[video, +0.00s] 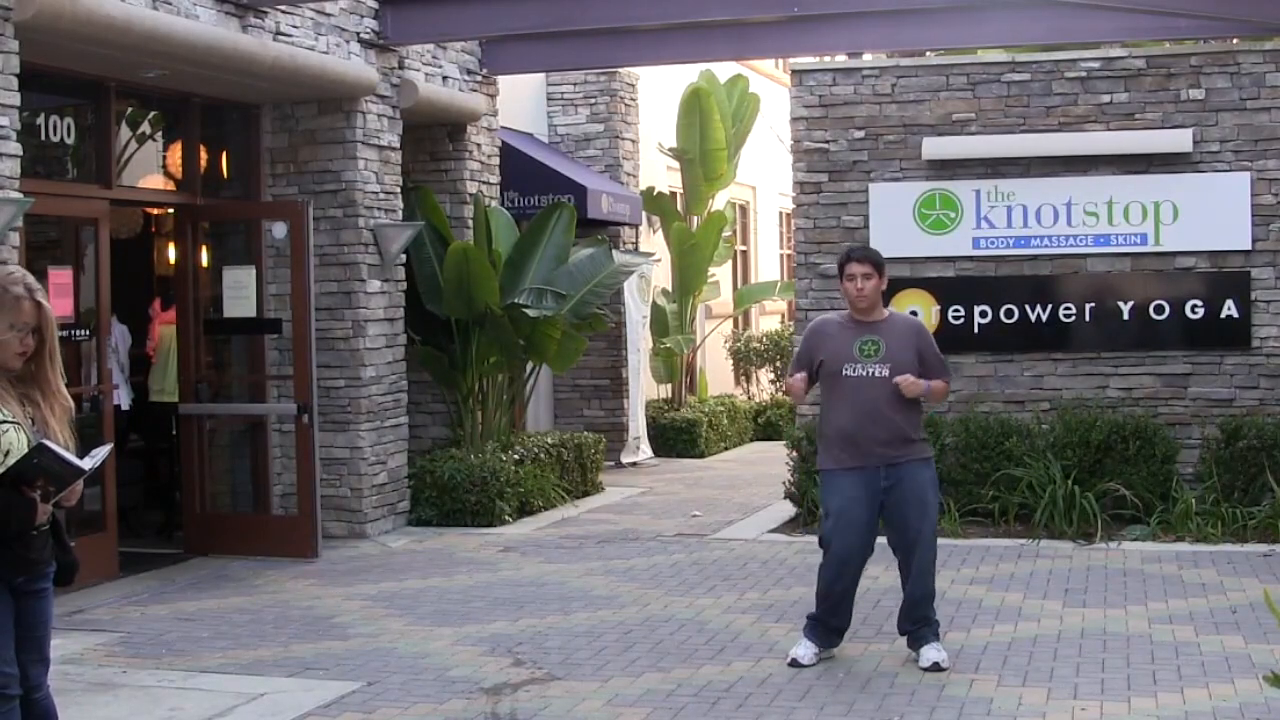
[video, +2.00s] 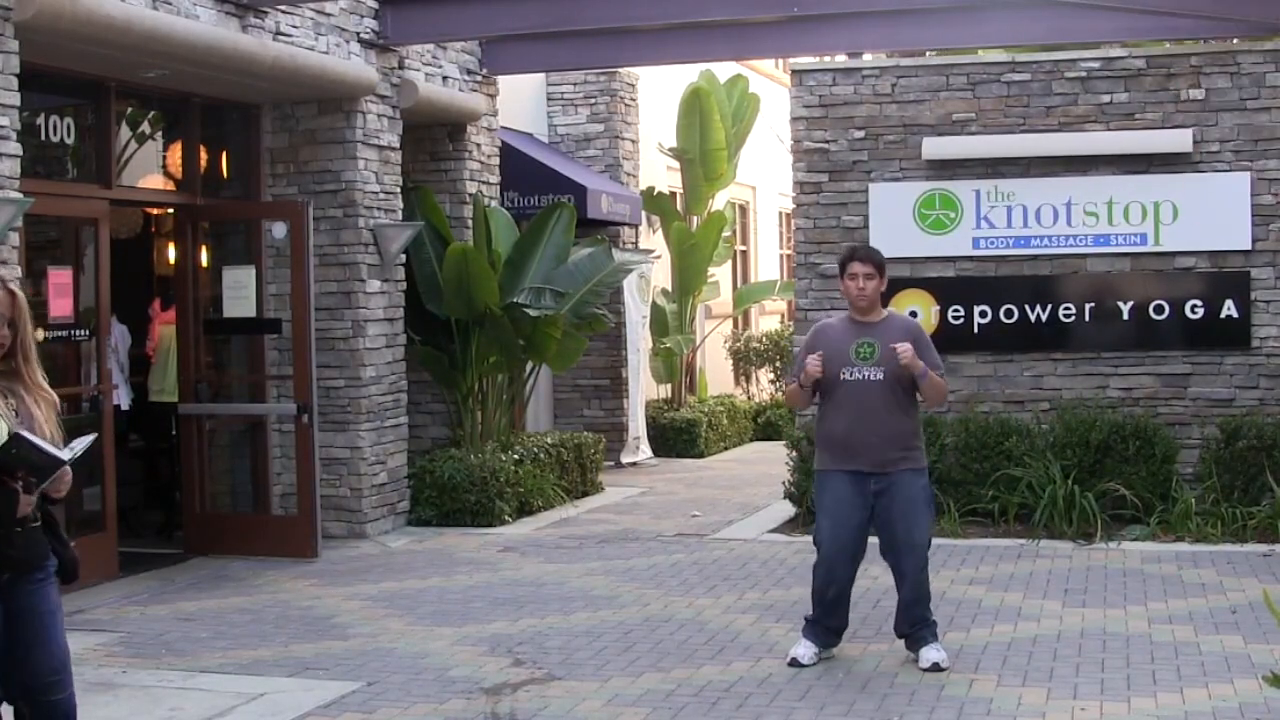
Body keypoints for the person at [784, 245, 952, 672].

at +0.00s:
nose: (859, 286)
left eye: (866, 278)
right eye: (850, 279)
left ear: (882, 282)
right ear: (841, 285)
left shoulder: (912, 329)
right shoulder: (821, 332)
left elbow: (941, 386)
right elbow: (799, 385)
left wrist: (921, 387)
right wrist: (796, 387)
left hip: (908, 459)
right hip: (844, 464)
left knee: (920, 548)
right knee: (842, 551)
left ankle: (925, 636)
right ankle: (820, 635)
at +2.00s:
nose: (859, 285)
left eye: (868, 277)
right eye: (851, 278)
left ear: (882, 282)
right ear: (841, 285)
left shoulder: (908, 330)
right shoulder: (823, 333)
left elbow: (938, 398)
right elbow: (795, 401)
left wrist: (918, 369)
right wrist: (806, 381)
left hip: (903, 466)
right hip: (839, 467)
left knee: (912, 553)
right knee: (833, 553)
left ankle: (923, 638)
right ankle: (818, 636)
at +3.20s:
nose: (855, 278)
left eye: (863, 270)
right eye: (847, 270)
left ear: (877, 275)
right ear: (836, 277)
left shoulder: (904, 325)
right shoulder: (813, 328)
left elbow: (928, 386)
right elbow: (793, 386)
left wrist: (920, 435)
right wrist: (796, 436)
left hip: (892, 462)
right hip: (831, 462)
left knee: (908, 553)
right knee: (826, 552)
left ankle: (923, 637)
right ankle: (817, 634)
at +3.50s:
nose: (857, 279)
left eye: (865, 270)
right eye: (849, 271)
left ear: (880, 277)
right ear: (839, 277)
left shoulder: (900, 324)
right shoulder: (817, 328)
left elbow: (915, 383)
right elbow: (797, 392)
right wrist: (797, 448)